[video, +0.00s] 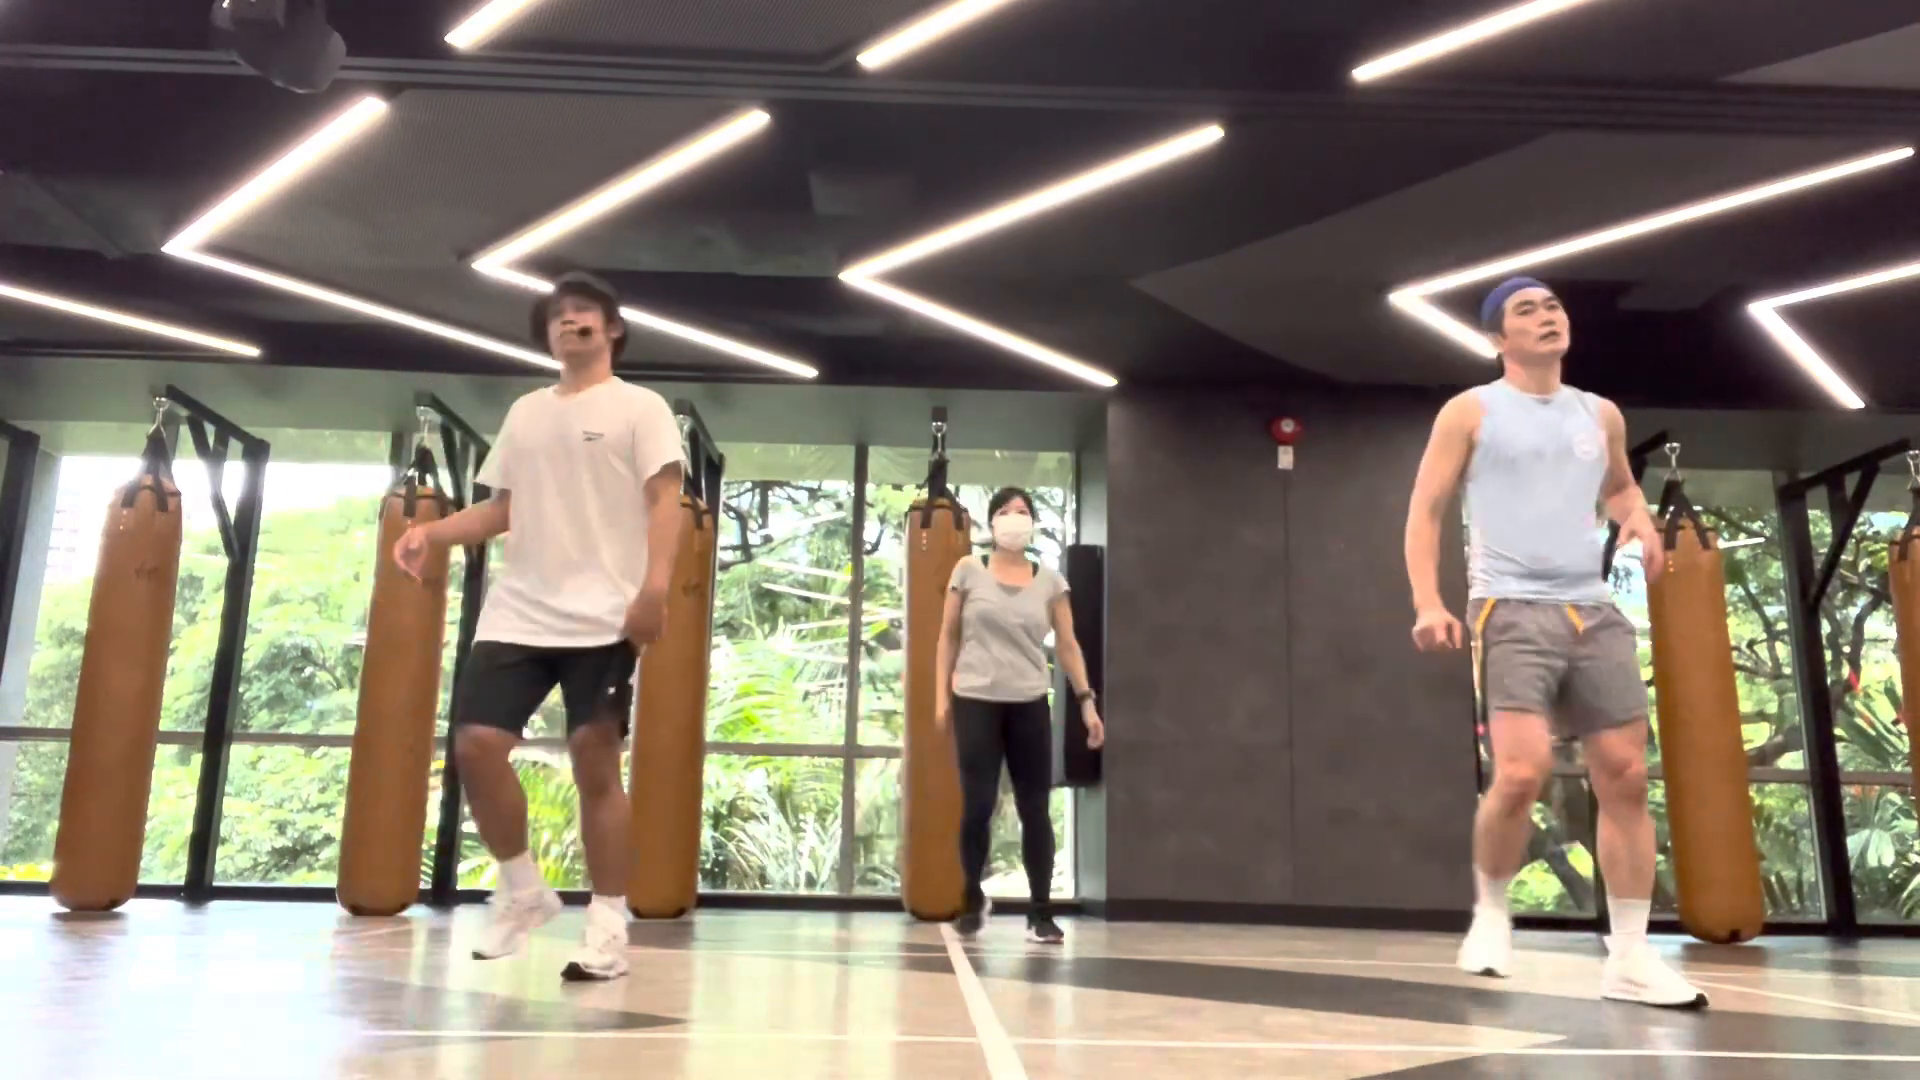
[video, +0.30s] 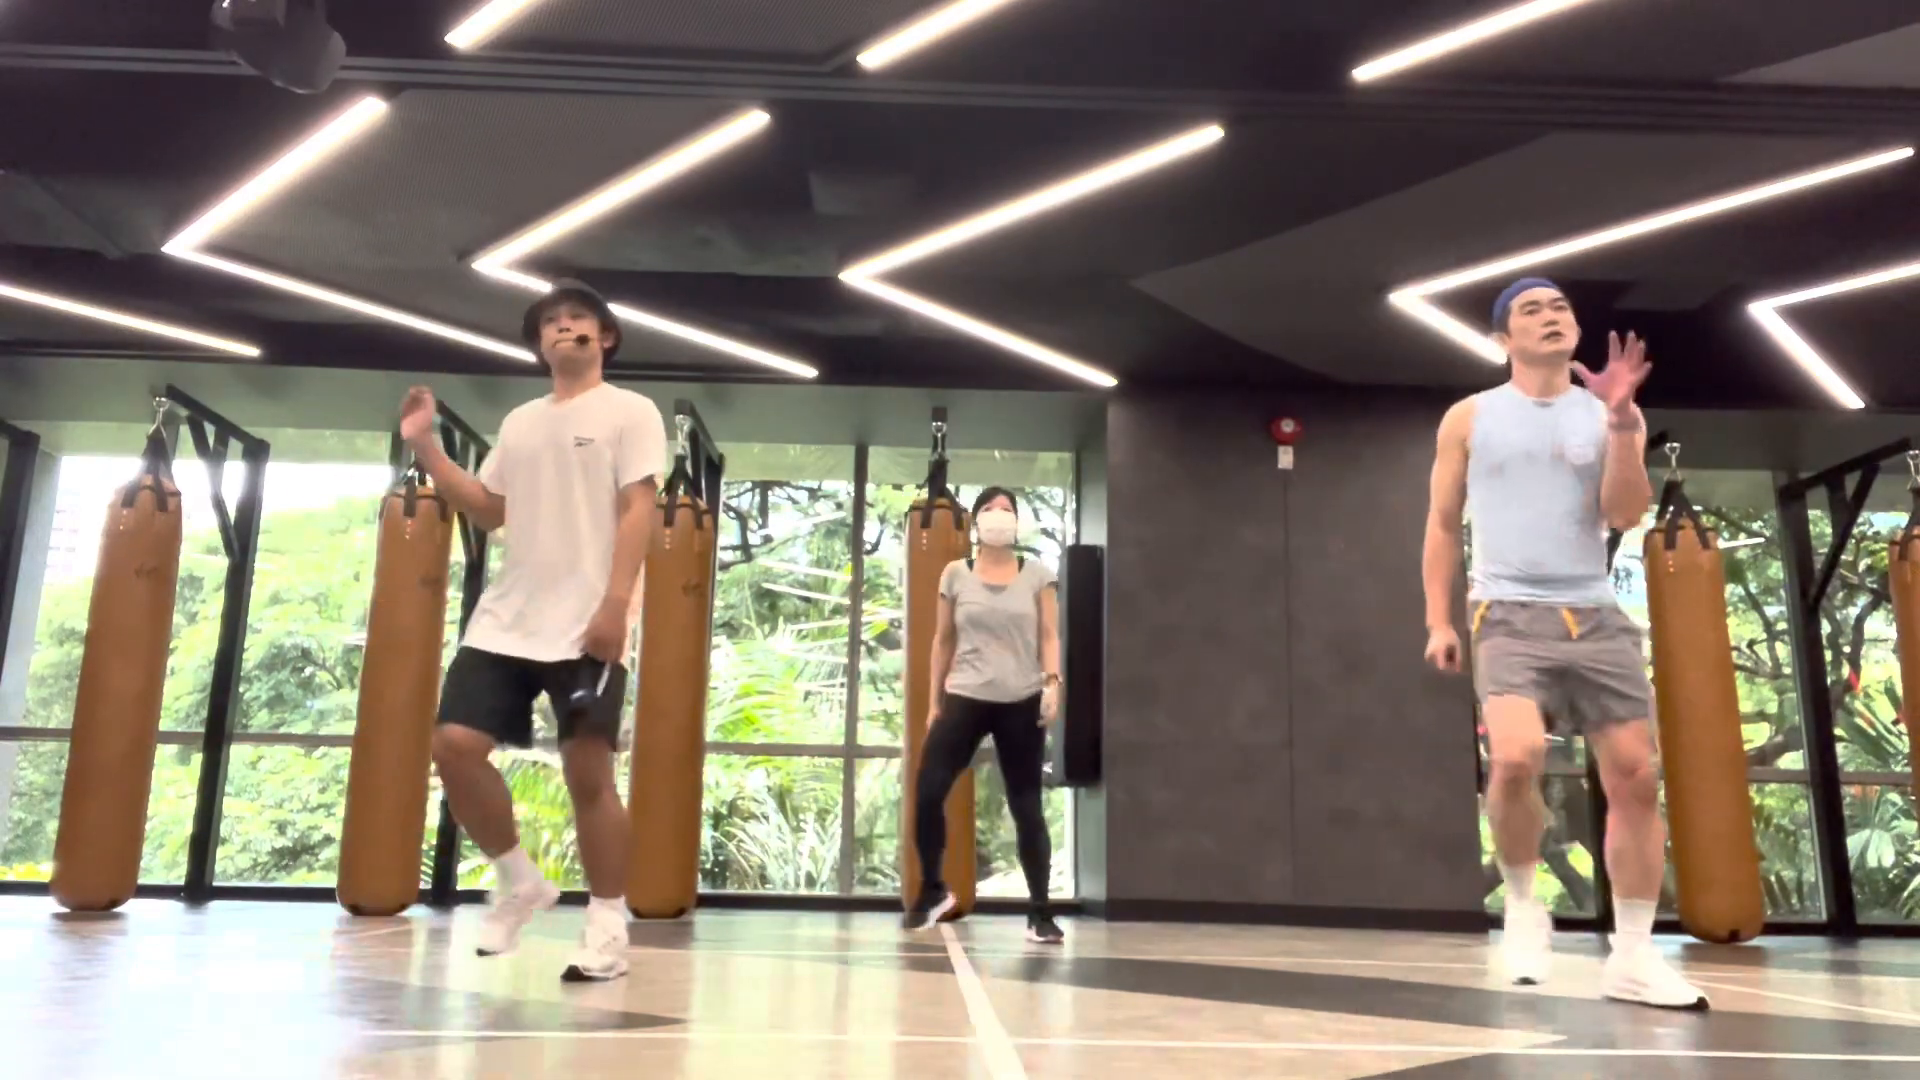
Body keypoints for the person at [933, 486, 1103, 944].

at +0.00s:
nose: (1014, 519)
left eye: (1022, 513)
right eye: (1004, 513)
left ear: (1033, 528)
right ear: (990, 526)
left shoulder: (1048, 580)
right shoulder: (969, 570)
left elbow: (1068, 645)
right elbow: (948, 635)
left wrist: (1087, 700)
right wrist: (942, 694)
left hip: (1030, 702)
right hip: (975, 700)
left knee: (1035, 809)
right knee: (978, 804)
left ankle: (1040, 912)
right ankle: (972, 900)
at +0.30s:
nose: (1000, 518)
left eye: (1007, 512)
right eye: (991, 512)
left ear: (1018, 525)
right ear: (974, 524)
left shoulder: (1035, 572)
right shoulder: (955, 573)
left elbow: (1048, 634)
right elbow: (942, 640)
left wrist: (1052, 684)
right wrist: (935, 703)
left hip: (1020, 701)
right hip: (965, 699)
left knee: (1028, 807)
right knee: (928, 789)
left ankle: (1039, 913)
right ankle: (933, 890)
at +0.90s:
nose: (892, 516)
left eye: (901, 510)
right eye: (884, 508)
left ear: (910, 524)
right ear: (867, 518)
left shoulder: (919, 576)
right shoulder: (839, 565)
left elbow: (926, 641)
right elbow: (809, 625)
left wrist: (929, 695)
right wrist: (788, 679)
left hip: (898, 696)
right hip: (842, 695)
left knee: (894, 793)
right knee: (831, 803)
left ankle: (908, 894)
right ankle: (822, 904)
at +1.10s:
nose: (893, 520)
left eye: (901, 515)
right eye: (884, 512)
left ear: (908, 530)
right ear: (865, 524)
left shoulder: (916, 582)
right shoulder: (838, 566)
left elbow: (912, 643)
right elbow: (806, 627)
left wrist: (910, 688)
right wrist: (779, 682)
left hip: (890, 700)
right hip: (835, 698)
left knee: (888, 796)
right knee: (826, 806)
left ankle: (879, 897)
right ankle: (820, 905)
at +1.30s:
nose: (913, 516)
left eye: (921, 512)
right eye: (904, 508)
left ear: (928, 529)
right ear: (884, 521)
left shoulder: (931, 580)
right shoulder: (856, 559)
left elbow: (922, 641)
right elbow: (819, 614)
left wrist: (922, 691)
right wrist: (808, 671)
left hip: (909, 699)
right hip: (853, 697)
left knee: (951, 789)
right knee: (839, 805)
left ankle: (974, 890)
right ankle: (819, 905)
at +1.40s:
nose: (927, 524)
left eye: (936, 519)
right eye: (917, 516)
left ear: (946, 536)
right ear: (901, 530)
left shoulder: (949, 591)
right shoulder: (873, 570)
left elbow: (941, 655)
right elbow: (835, 628)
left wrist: (943, 709)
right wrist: (822, 683)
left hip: (927, 711)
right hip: (868, 709)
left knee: (975, 801)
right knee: (848, 814)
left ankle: (1022, 899)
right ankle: (821, 907)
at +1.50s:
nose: (949, 529)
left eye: (957, 522)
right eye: (938, 522)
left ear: (967, 535)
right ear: (922, 533)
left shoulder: (976, 593)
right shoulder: (903, 578)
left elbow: (974, 657)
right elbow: (870, 638)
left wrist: (972, 706)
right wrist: (849, 691)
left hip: (959, 717)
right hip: (901, 715)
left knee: (994, 814)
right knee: (866, 813)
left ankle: (1026, 916)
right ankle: (822, 907)